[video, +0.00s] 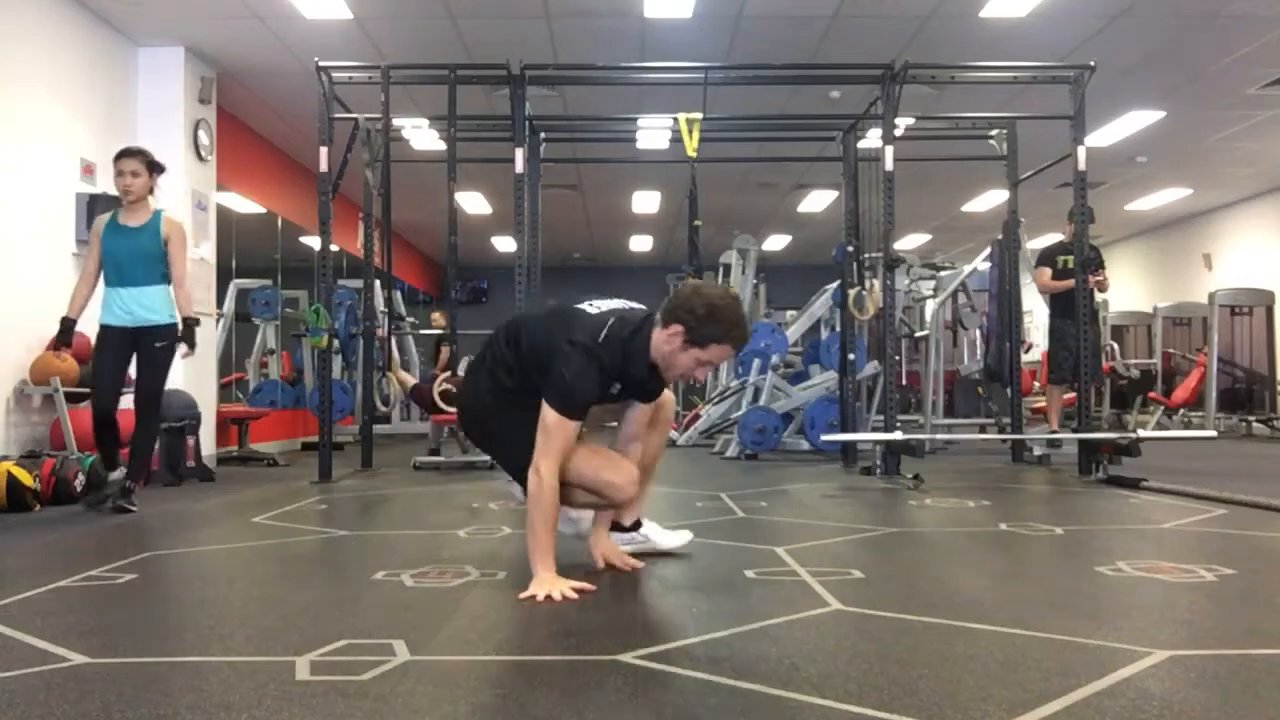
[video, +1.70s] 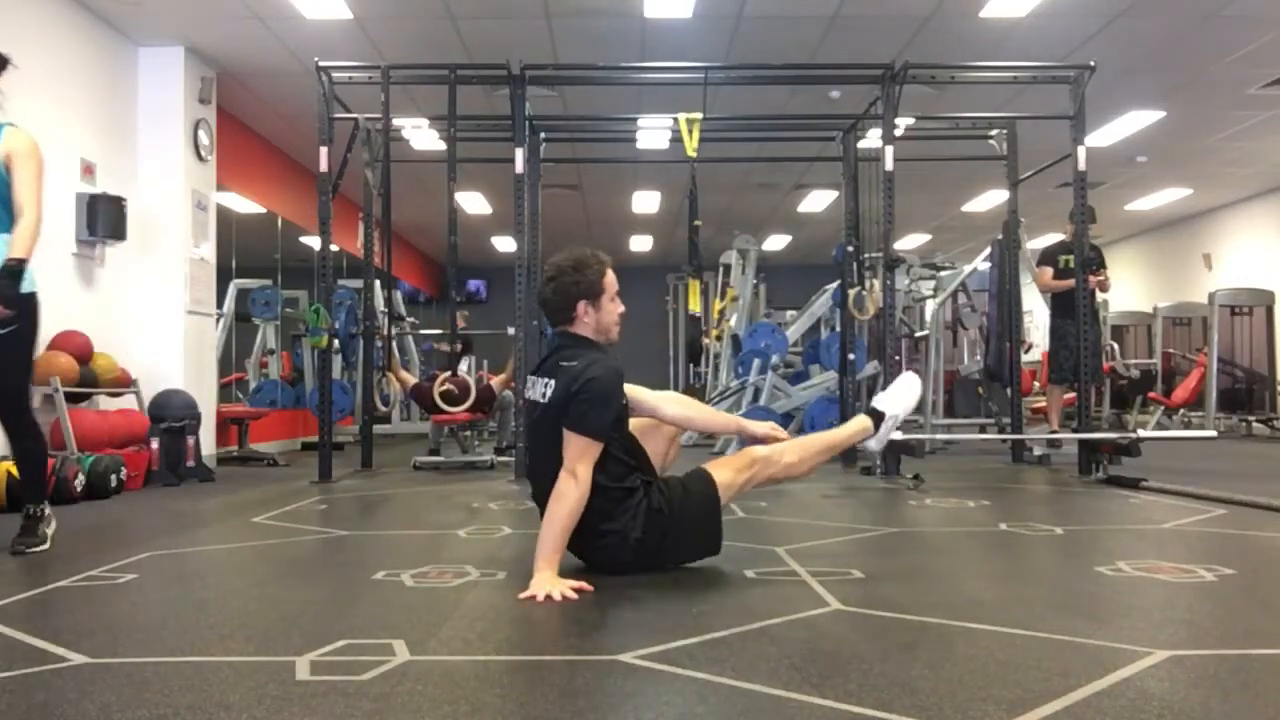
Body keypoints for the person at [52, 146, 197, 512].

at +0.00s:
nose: (126, 181)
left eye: (134, 174)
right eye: (120, 175)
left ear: (152, 179)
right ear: (114, 181)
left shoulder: (169, 227)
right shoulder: (103, 225)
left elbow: (179, 281)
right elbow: (88, 279)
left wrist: (189, 322)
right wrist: (67, 326)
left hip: (158, 326)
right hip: (114, 326)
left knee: (146, 407)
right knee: (103, 405)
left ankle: (131, 487)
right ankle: (111, 470)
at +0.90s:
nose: (78, 144)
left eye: (87, 136)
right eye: (69, 136)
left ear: (104, 139)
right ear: (59, 141)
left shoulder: (125, 190)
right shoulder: (46, 194)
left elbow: (145, 251)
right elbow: (24, 248)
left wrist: (167, 305)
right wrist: (4, 288)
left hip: (114, 307)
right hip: (66, 310)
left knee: (93, 398)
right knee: (88, 402)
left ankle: (91, 502)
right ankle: (113, 498)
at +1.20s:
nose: (40, 122)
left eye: (50, 113)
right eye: (30, 114)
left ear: (69, 117)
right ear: (20, 118)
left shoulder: (91, 175)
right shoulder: (11, 179)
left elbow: (108, 246)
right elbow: (1, 238)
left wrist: (128, 302)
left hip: (79, 300)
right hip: (24, 303)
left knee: (71, 408)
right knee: (20, 410)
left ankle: (48, 512)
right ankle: (76, 473)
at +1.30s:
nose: (20, 114)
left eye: (30, 104)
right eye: (11, 106)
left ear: (55, 107)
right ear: (4, 110)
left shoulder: (78, 164)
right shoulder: (8, 167)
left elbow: (95, 233)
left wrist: (104, 292)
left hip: (66, 298)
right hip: (11, 300)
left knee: (61, 405)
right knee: (1, 401)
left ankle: (47, 510)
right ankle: (38, 478)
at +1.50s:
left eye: (2, 92)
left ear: (26, 95)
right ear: (0, 97)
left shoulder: (54, 152)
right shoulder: (2, 151)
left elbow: (72, 223)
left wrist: (50, 282)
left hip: (44, 293)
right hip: (0, 295)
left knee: (45, 402)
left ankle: (43, 513)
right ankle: (40, 510)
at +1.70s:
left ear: (2, 82)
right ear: (2, 83)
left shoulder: (16, 141)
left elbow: (29, 220)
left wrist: (9, 277)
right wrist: (11, 278)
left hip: (10, 293)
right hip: (5, 290)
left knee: (13, 407)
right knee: (12, 408)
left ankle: (36, 508)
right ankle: (35, 506)